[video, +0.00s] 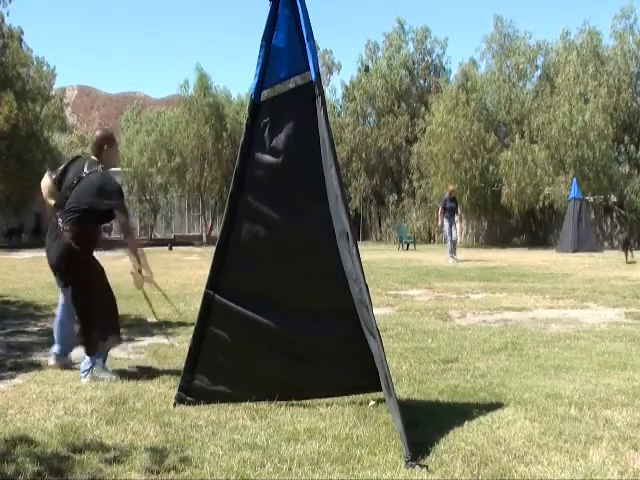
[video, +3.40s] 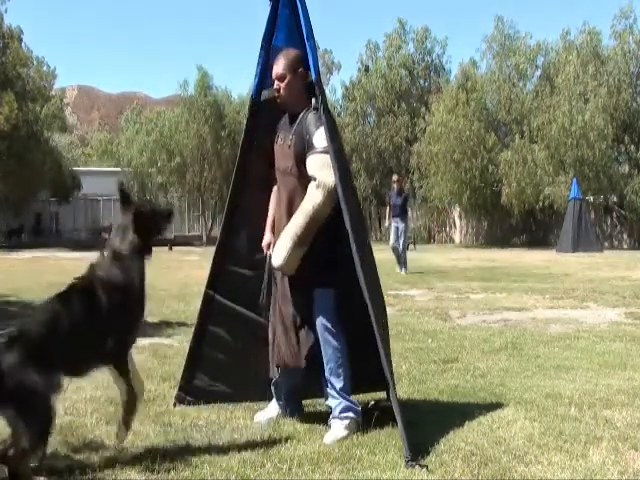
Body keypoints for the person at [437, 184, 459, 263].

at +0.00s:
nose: (453, 194)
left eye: (453, 192)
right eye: (451, 192)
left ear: (454, 192)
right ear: (449, 192)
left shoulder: (454, 199)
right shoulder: (445, 200)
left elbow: (456, 209)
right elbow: (440, 211)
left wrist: (458, 215)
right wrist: (440, 221)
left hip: (453, 217)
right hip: (446, 218)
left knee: (454, 237)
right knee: (449, 237)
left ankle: (453, 253)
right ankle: (450, 254)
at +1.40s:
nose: (439, 192)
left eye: (440, 190)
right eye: (437, 190)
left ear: (442, 191)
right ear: (436, 191)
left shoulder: (445, 200)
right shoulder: (433, 200)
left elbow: (448, 210)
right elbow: (430, 209)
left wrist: (449, 219)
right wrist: (430, 217)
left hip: (442, 220)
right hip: (434, 220)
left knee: (440, 239)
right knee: (436, 238)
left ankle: (440, 258)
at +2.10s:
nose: (425, 188)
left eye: (426, 186)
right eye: (423, 186)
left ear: (429, 186)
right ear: (421, 187)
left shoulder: (432, 196)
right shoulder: (419, 197)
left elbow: (436, 208)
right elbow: (416, 208)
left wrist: (438, 218)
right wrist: (416, 218)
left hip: (431, 219)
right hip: (422, 219)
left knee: (430, 239)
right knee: (424, 240)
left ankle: (430, 260)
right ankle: (427, 259)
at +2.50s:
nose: (420, 188)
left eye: (421, 185)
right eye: (418, 186)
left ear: (423, 186)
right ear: (416, 187)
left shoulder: (427, 197)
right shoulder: (413, 197)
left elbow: (430, 211)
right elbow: (410, 210)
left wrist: (432, 223)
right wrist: (410, 221)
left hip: (425, 221)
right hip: (416, 221)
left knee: (425, 244)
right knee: (415, 243)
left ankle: (426, 264)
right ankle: (417, 263)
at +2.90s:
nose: (407, 187)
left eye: (409, 185)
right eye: (405, 185)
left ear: (412, 185)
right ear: (404, 186)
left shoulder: (417, 196)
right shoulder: (402, 196)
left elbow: (420, 210)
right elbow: (399, 209)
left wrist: (418, 221)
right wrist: (396, 221)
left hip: (414, 221)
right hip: (405, 220)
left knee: (414, 244)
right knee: (407, 245)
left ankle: (419, 261)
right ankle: (410, 265)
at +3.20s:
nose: (401, 186)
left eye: (402, 184)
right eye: (399, 184)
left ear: (405, 185)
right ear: (397, 186)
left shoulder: (410, 196)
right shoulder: (394, 197)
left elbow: (416, 207)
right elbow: (391, 207)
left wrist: (420, 218)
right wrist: (391, 215)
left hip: (407, 220)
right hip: (397, 220)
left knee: (404, 244)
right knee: (403, 244)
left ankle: (404, 265)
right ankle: (409, 263)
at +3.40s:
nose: (395, 184)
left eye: (397, 182)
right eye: (394, 182)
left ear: (401, 182)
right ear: (392, 183)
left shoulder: (405, 194)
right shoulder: (390, 195)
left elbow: (410, 208)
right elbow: (388, 207)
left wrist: (412, 220)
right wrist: (387, 219)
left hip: (403, 220)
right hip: (394, 220)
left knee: (402, 244)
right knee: (392, 243)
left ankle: (403, 267)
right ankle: (399, 263)